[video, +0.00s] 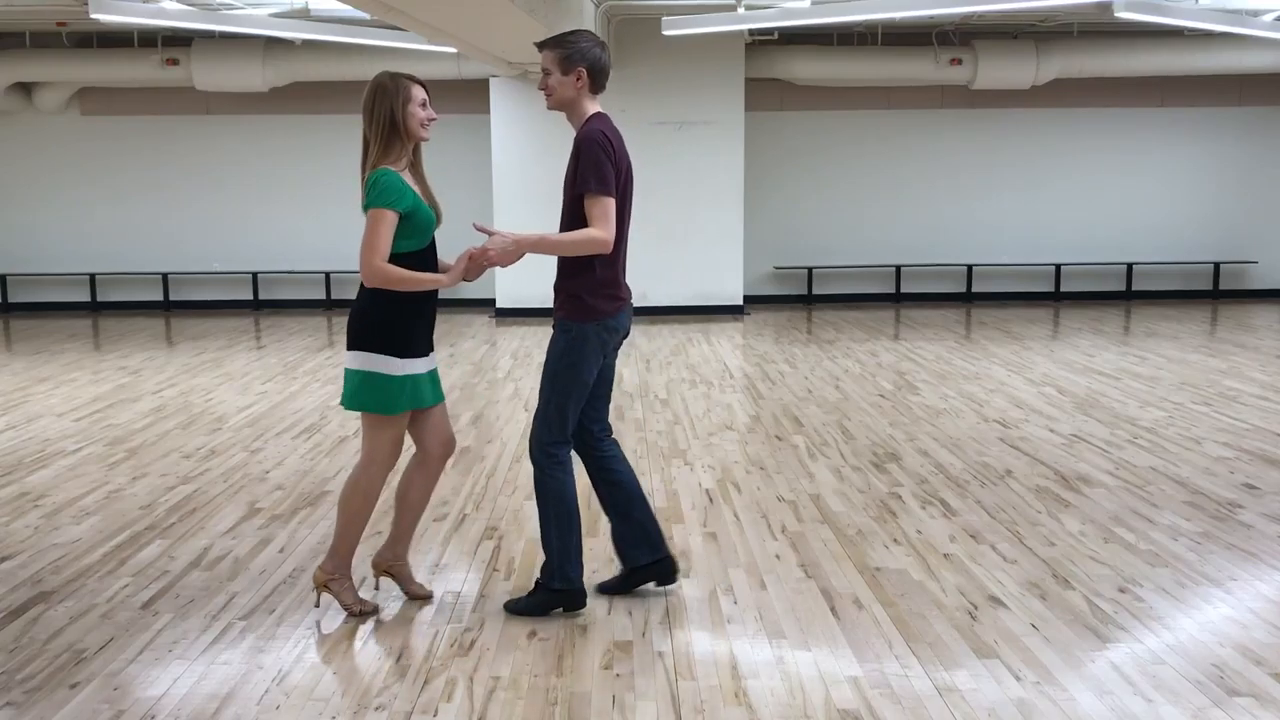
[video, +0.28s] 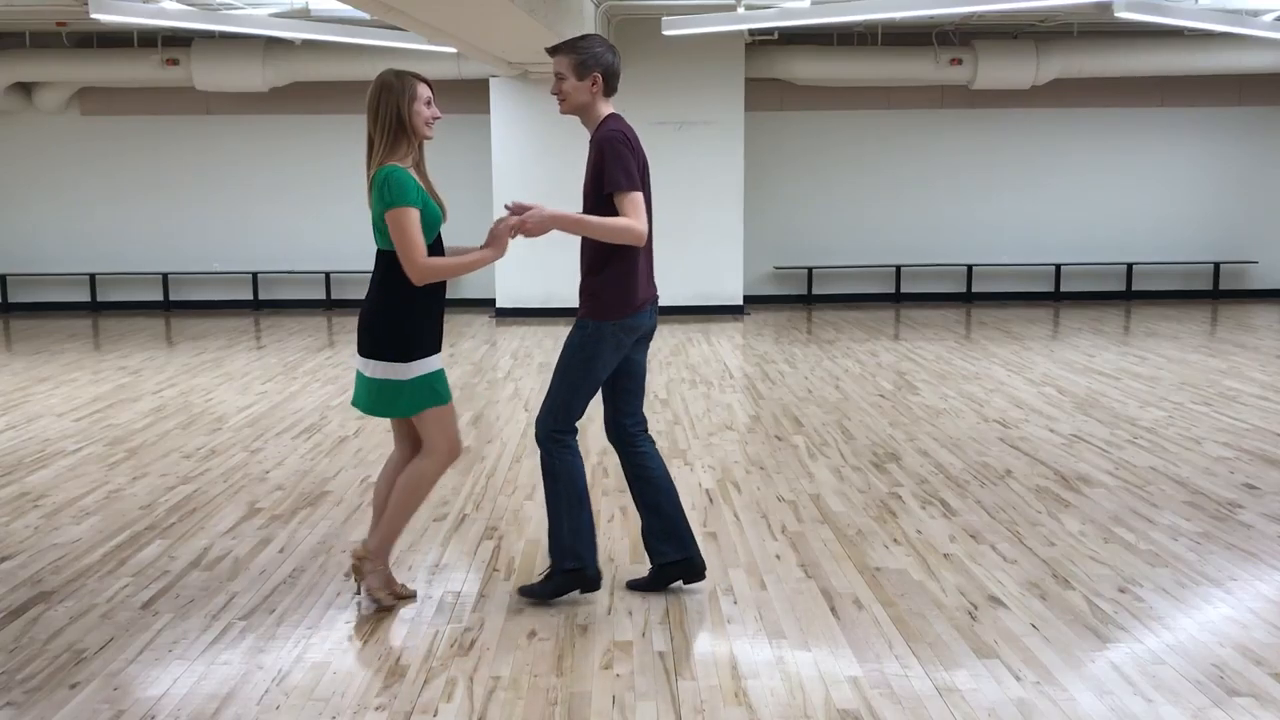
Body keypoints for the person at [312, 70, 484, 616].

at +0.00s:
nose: (430, 113)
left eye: (428, 105)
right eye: (420, 106)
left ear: (405, 115)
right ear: (395, 114)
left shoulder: (407, 177)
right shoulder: (389, 182)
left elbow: (406, 263)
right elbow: (372, 270)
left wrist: (458, 268)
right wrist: (446, 277)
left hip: (410, 335)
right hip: (384, 337)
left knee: (437, 446)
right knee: (379, 455)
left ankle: (394, 553)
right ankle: (335, 568)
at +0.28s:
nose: (436, 111)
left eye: (433, 102)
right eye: (426, 103)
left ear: (412, 111)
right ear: (400, 113)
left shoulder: (408, 175)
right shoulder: (395, 178)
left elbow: (429, 261)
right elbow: (417, 268)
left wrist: (487, 245)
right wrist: (489, 255)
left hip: (395, 335)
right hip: (404, 339)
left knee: (409, 446)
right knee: (443, 446)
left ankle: (372, 557)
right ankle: (376, 555)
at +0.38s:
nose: (442, 111)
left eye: (439, 102)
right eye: (431, 103)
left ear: (409, 113)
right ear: (405, 112)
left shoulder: (409, 174)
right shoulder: (403, 177)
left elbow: (437, 246)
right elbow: (440, 263)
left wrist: (493, 229)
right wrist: (510, 244)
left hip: (398, 330)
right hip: (412, 334)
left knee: (415, 444)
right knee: (460, 440)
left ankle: (374, 556)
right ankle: (420, 557)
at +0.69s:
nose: (473, 111)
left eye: (471, 102)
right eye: (464, 103)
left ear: (441, 113)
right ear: (440, 111)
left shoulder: (445, 173)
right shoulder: (439, 176)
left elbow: (498, 233)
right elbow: (504, 238)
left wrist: (537, 197)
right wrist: (574, 206)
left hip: (450, 329)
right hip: (461, 333)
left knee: (454, 444)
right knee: (493, 440)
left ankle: (394, 546)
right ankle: (468, 560)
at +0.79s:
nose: (487, 113)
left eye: (486, 104)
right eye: (478, 104)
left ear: (472, 112)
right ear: (453, 111)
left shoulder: (468, 174)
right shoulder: (453, 176)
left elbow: (516, 242)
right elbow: (521, 225)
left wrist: (555, 192)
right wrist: (592, 185)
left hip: (491, 326)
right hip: (470, 329)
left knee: (514, 444)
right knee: (497, 446)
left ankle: (435, 534)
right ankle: (467, 561)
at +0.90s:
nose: (503, 114)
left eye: (503, 106)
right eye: (494, 106)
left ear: (496, 113)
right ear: (469, 114)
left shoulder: (496, 179)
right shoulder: (471, 178)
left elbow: (542, 240)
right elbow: (543, 200)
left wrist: (582, 190)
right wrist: (610, 151)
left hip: (513, 328)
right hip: (484, 332)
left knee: (552, 436)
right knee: (509, 447)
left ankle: (507, 544)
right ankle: (465, 560)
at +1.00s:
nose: (526, 115)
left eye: (524, 107)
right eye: (516, 107)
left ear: (504, 117)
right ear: (492, 116)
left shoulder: (518, 184)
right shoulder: (491, 176)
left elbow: (575, 228)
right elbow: (559, 167)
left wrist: (608, 172)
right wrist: (617, 115)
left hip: (536, 328)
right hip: (500, 332)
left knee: (578, 437)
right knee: (517, 450)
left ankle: (585, 550)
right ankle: (467, 559)